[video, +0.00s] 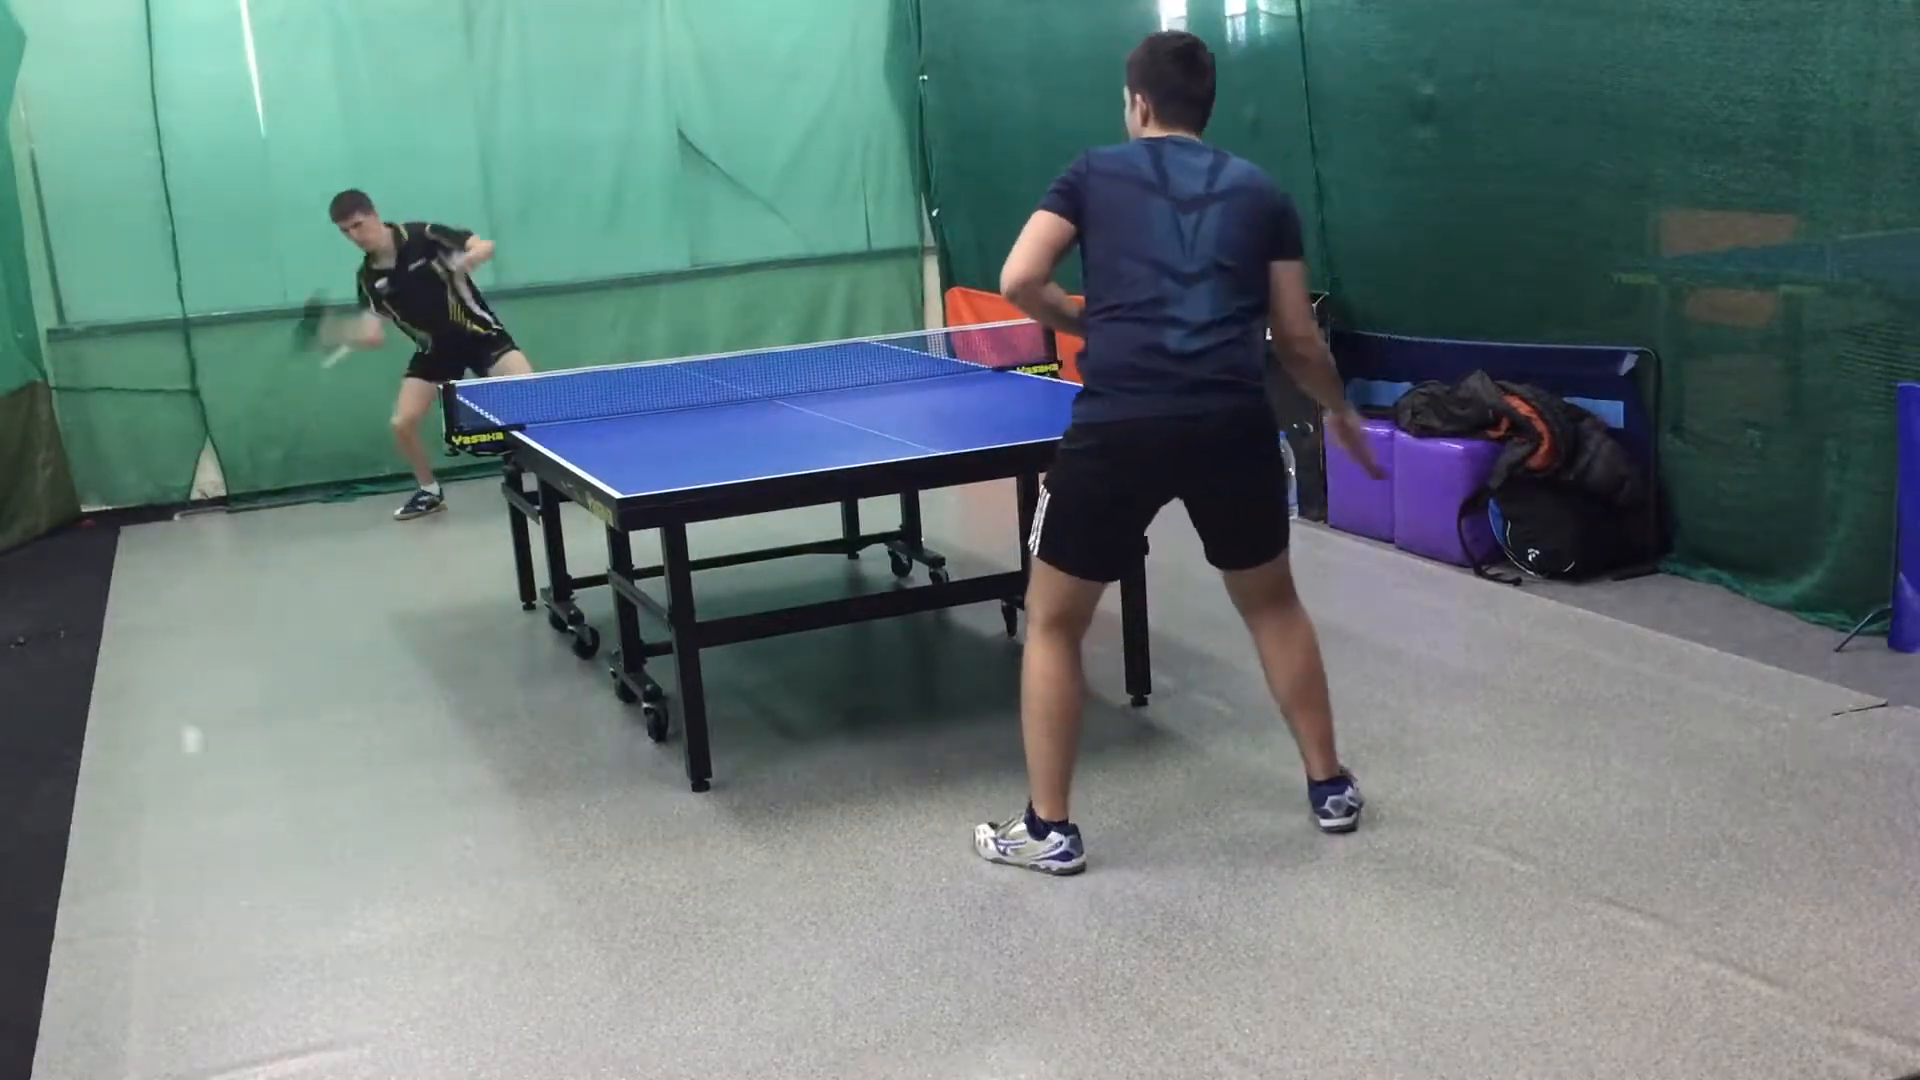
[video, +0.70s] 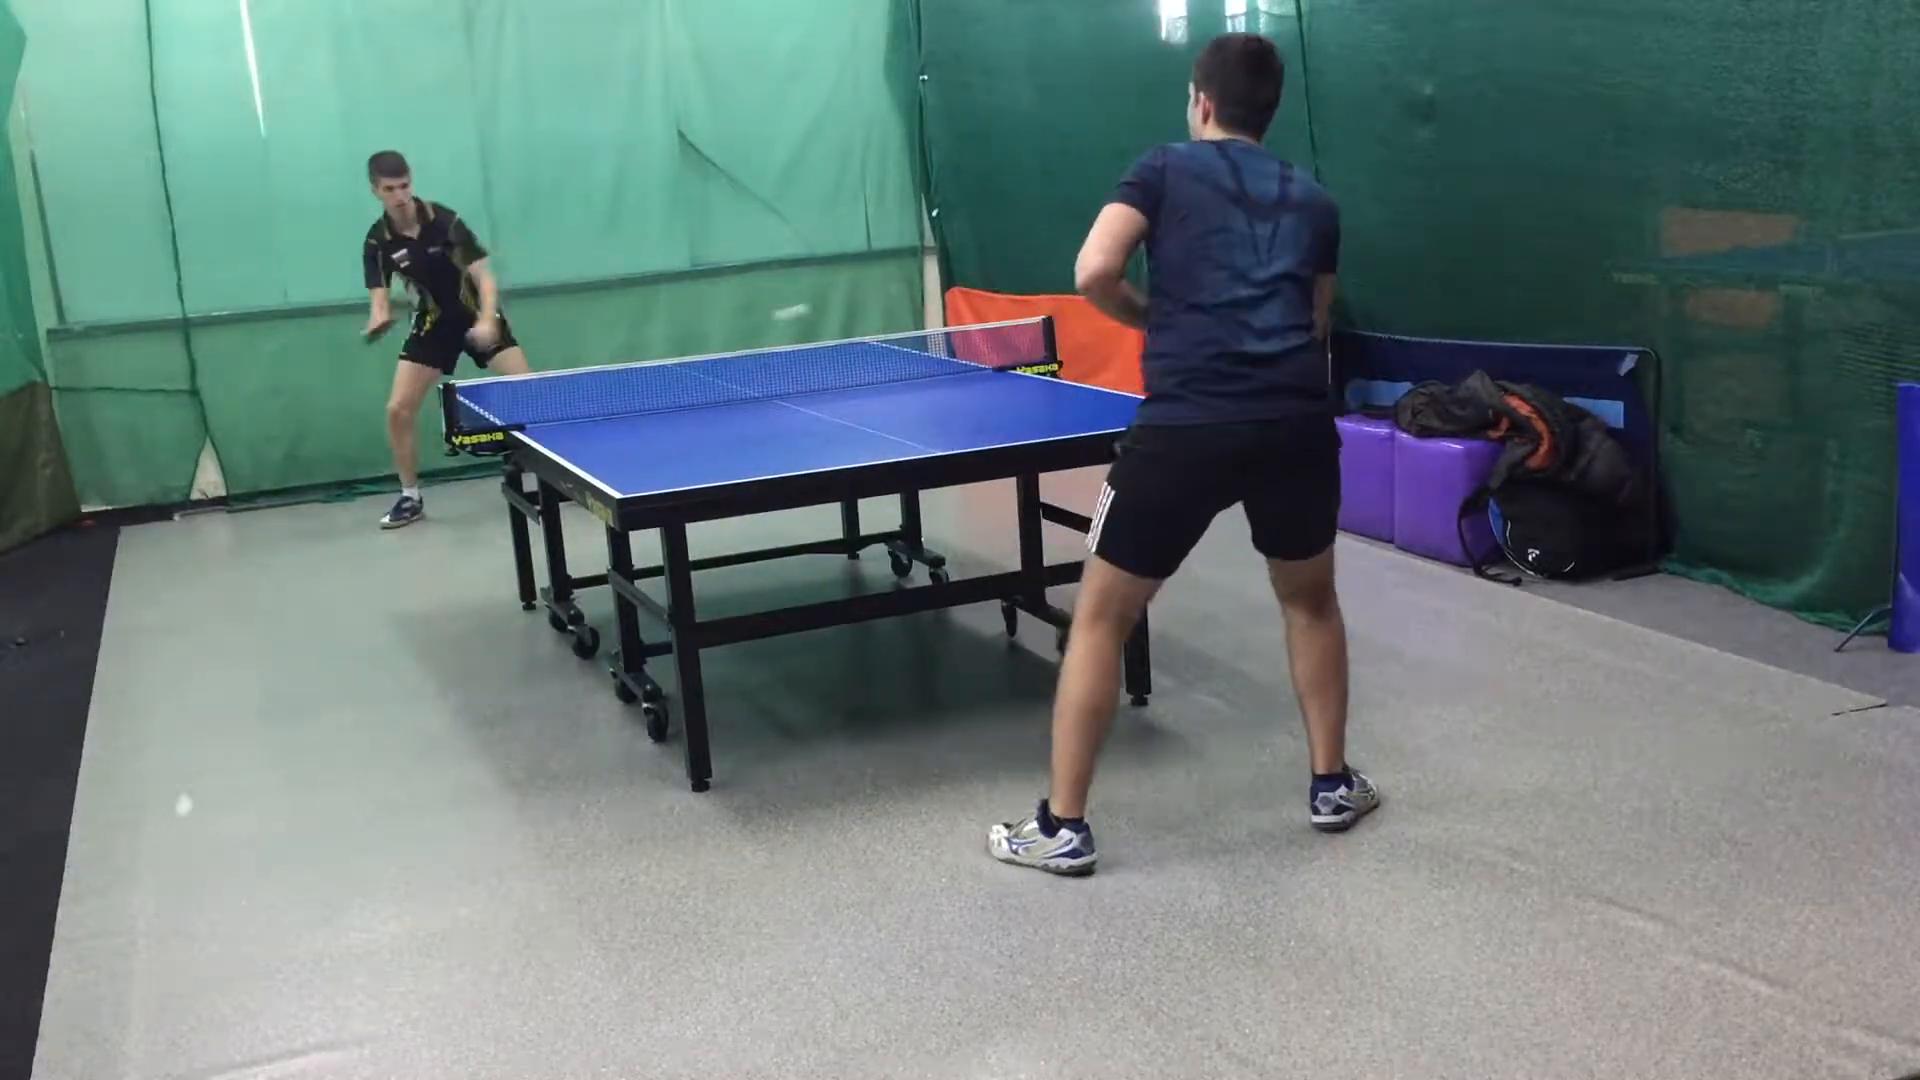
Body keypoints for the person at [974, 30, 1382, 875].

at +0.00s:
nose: (1127, 110)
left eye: (1127, 99)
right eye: (1135, 98)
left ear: (1136, 104)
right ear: (1209, 106)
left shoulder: (1096, 173)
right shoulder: (1259, 192)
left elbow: (1020, 280)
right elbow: (1295, 335)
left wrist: (1084, 319)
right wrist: (1341, 414)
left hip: (1118, 432)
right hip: (1231, 431)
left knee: (1055, 624)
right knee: (1274, 605)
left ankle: (1050, 827)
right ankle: (1330, 787)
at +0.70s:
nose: (1192, 106)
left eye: (1193, 95)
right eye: (1200, 95)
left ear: (1202, 103)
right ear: (1273, 111)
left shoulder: (1164, 168)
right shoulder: (1312, 198)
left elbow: (1095, 274)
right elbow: (1318, 315)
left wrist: (1152, 317)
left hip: (1184, 432)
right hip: (1294, 432)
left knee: (1102, 617)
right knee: (1310, 601)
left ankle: (1063, 823)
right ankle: (1331, 784)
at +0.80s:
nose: (1165, 113)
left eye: (1167, 101)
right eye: (1171, 101)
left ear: (1180, 108)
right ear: (1248, 113)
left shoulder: (1155, 174)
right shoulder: (1296, 193)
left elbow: (1098, 288)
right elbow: (1294, 294)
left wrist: (1147, 325)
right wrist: (1221, 313)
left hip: (1190, 442)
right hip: (1298, 436)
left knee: (1102, 626)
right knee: (1307, 606)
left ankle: (1072, 829)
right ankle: (1331, 783)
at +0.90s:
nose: (1144, 127)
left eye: (1144, 116)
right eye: (1148, 115)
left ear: (1157, 120)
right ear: (1225, 121)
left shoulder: (1139, 187)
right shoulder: (1277, 200)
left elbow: (1091, 302)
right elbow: (1270, 301)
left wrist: (1146, 344)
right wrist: (1182, 326)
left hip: (1190, 446)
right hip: (1293, 440)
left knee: (1088, 624)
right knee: (1298, 605)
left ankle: (1070, 829)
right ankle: (1340, 780)